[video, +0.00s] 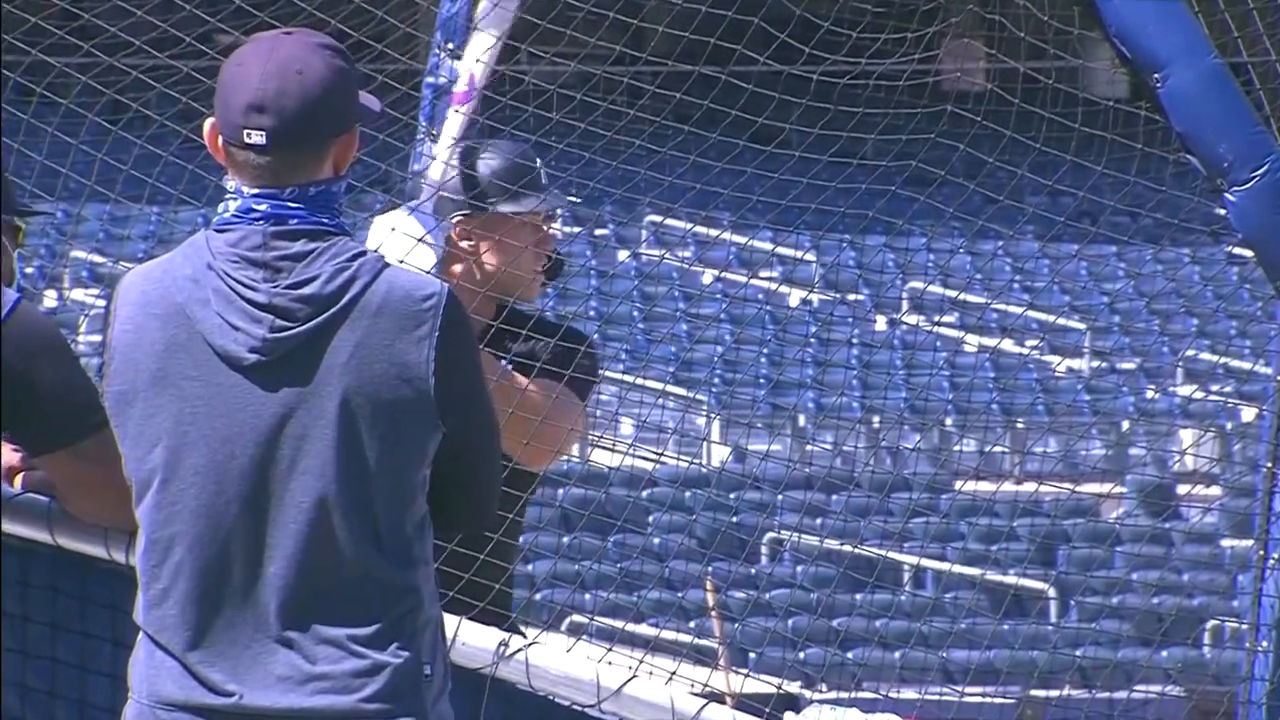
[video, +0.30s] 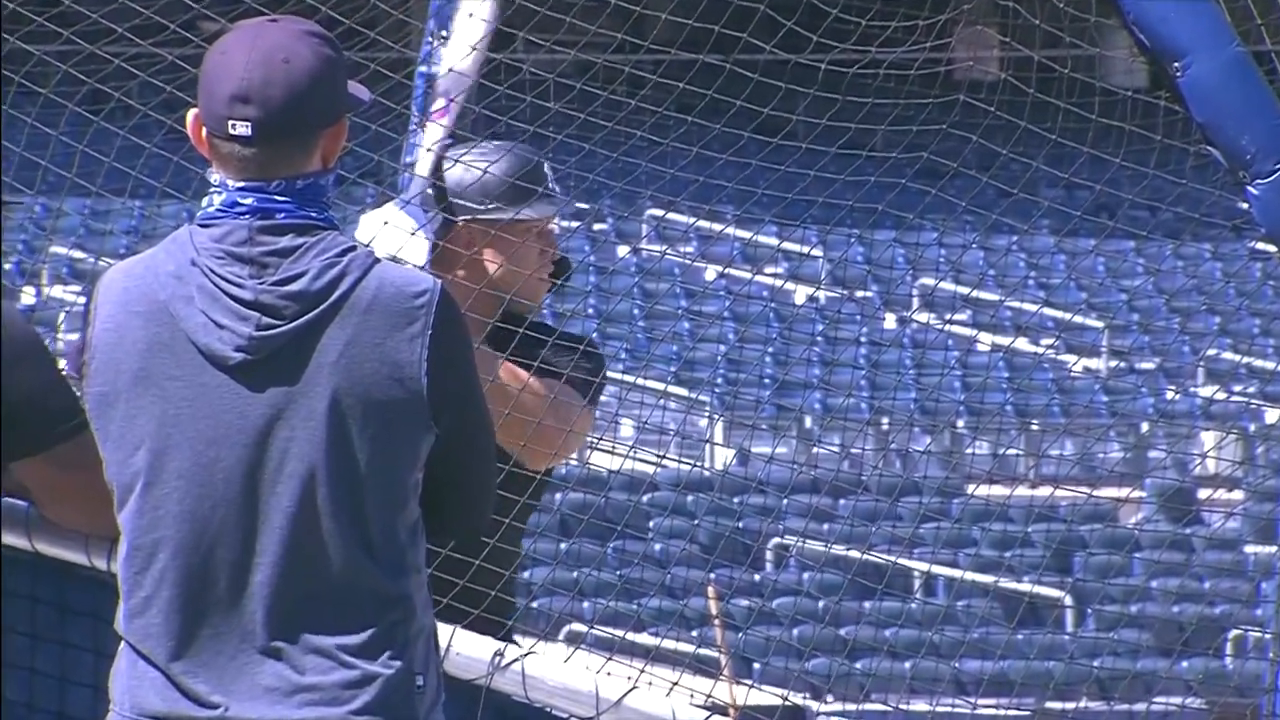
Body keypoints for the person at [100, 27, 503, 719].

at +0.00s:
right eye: (358, 136)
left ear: (213, 145)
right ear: (347, 153)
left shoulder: (139, 300)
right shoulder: (422, 313)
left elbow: (146, 478)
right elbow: (468, 510)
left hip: (172, 693)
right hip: (368, 694)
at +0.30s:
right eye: (346, 123)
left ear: (197, 137)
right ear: (337, 144)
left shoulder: (119, 298)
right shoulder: (414, 309)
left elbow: (124, 476)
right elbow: (461, 509)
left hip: (156, 698)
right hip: (357, 700)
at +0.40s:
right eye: (343, 123)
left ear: (192, 135)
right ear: (332, 143)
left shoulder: (114, 298)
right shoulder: (412, 310)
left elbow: (123, 476)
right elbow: (460, 508)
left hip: (151, 697)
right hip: (354, 698)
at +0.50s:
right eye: (342, 122)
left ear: (191, 135)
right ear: (332, 142)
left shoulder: (112, 297)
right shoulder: (412, 309)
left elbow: (122, 478)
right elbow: (459, 508)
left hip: (150, 698)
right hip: (355, 699)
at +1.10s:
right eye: (340, 126)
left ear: (188, 134)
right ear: (328, 141)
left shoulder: (109, 294)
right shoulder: (411, 309)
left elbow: (123, 477)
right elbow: (461, 506)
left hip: (150, 699)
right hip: (352, 697)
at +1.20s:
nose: (339, 137)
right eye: (339, 125)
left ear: (188, 134)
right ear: (327, 140)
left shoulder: (108, 297)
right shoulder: (407, 306)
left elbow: (125, 479)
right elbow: (457, 509)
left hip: (148, 699)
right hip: (351, 698)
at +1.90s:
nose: (333, 130)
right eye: (332, 118)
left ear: (180, 136)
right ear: (318, 138)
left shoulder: (106, 300)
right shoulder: (404, 308)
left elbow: (124, 482)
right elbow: (461, 510)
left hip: (147, 699)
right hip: (349, 698)